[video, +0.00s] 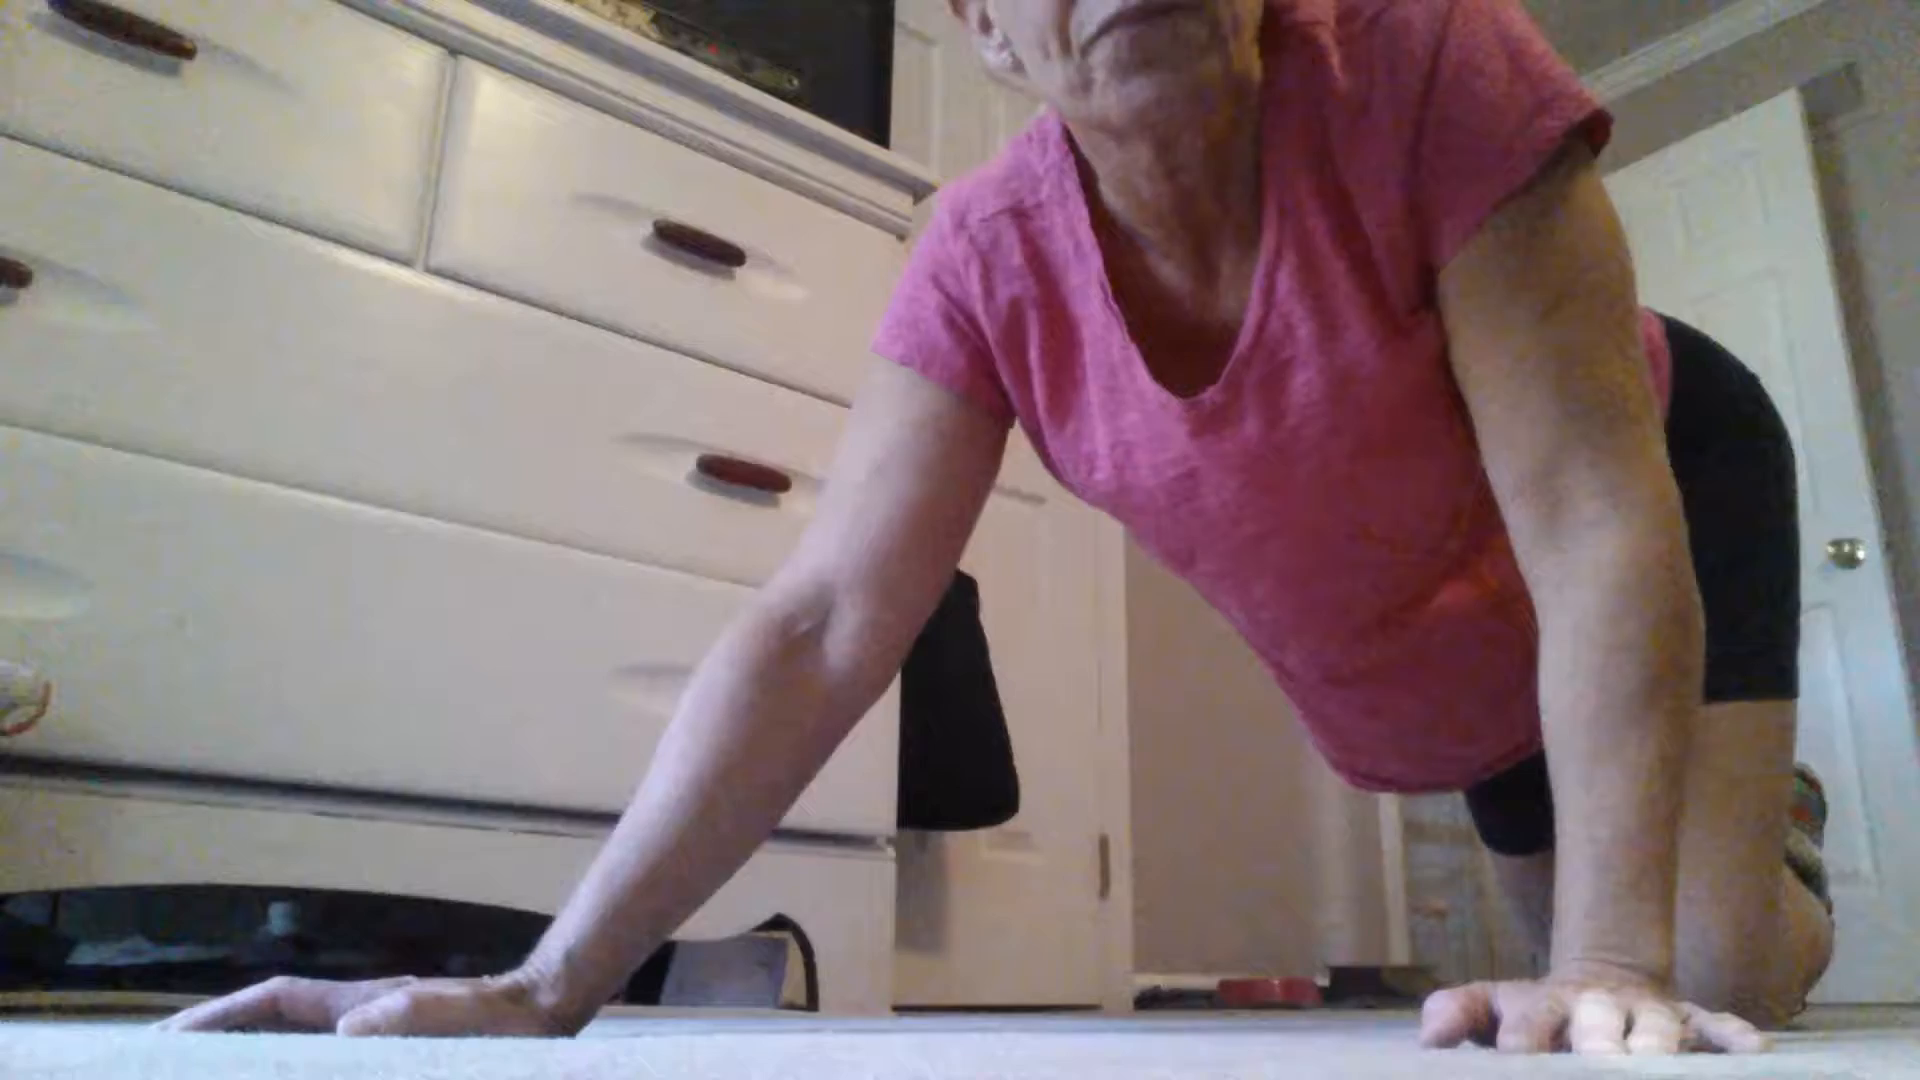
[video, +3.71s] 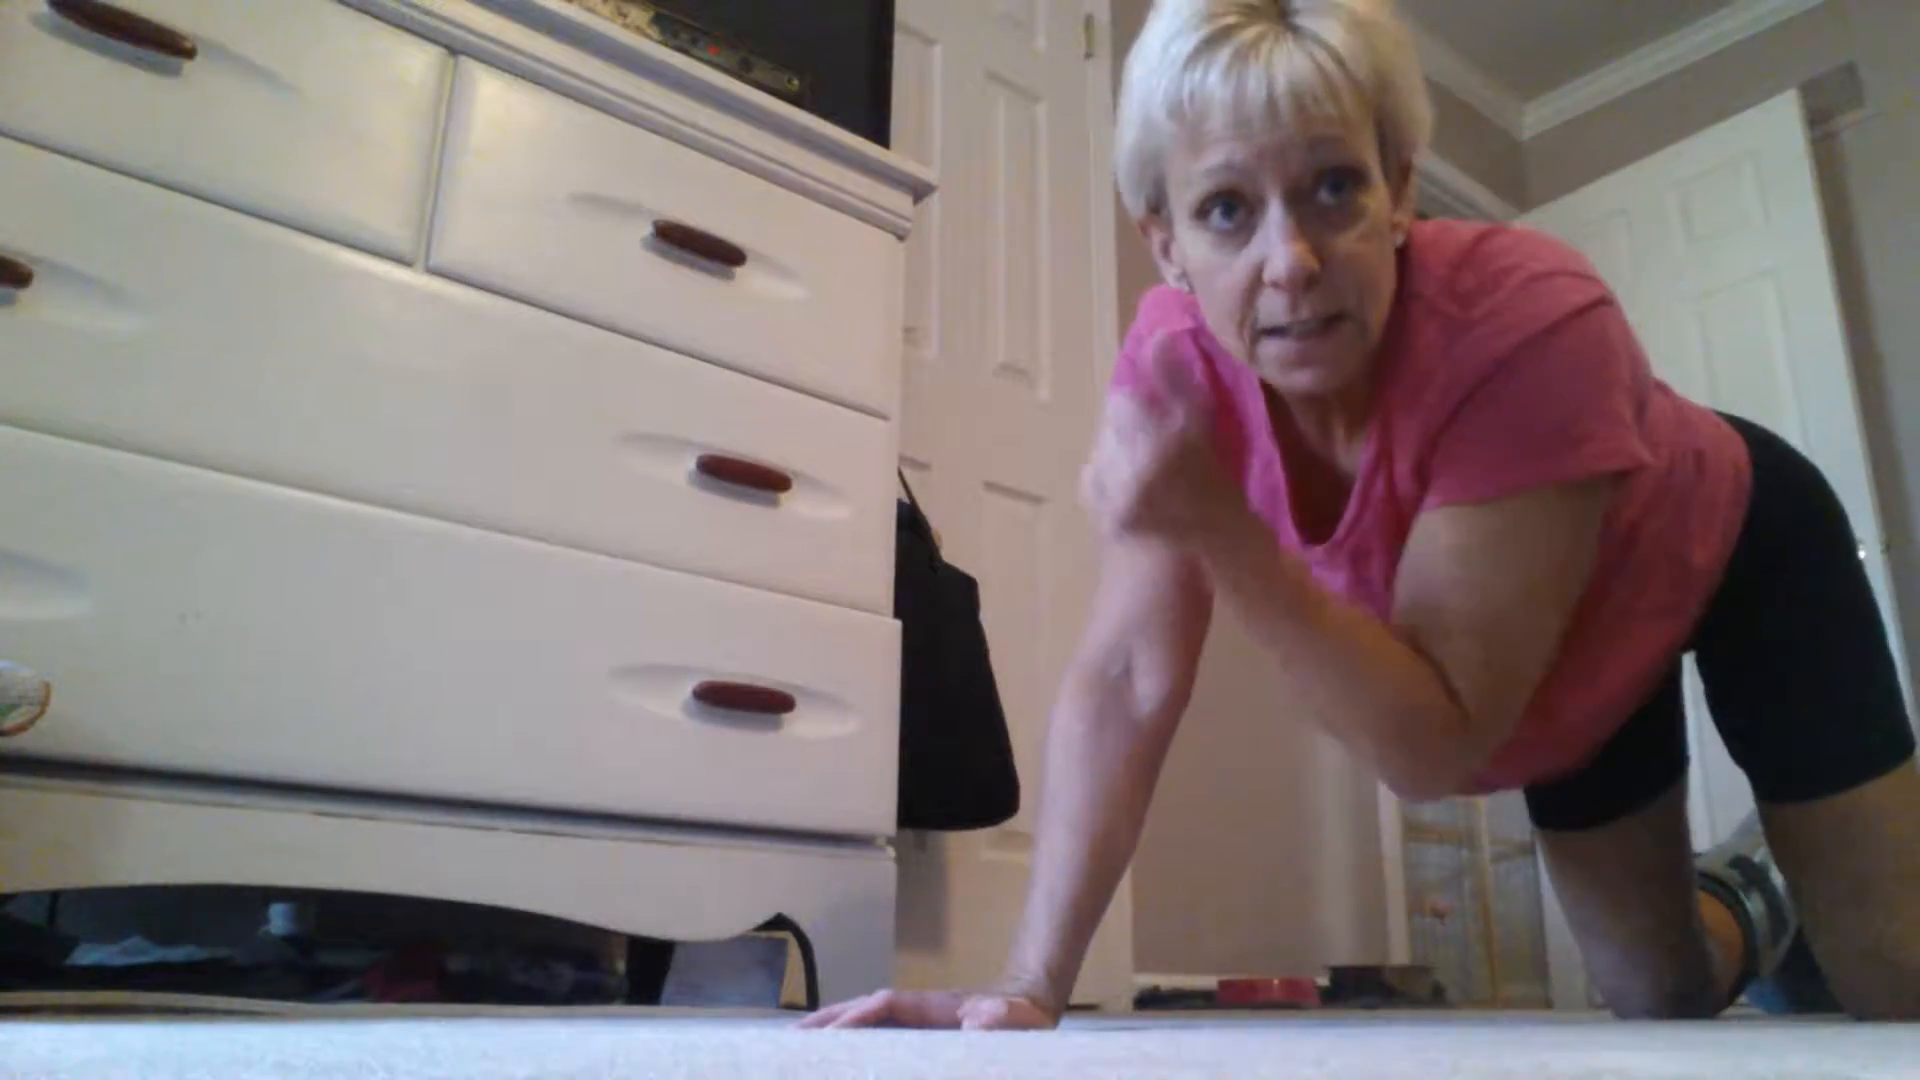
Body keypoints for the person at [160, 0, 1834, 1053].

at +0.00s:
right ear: (994, 37)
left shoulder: (1435, 69)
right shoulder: (989, 255)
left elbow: (1592, 512)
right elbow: (819, 629)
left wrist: (1605, 967)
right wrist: (553, 982)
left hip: (1648, 487)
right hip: (1452, 687)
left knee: (1701, 976)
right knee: (1618, 960)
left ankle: (1758, 886)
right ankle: (1743, 867)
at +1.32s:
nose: (1313, 54)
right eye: (1255, 7)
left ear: (1435, 6)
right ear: (1181, 38)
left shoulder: (1552, 95)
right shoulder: (1140, 257)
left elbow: (1611, 510)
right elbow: (901, 602)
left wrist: (1614, 972)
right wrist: (567, 903)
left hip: (1740, 577)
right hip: (1517, 701)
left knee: (1888, 966)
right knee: (1623, 1001)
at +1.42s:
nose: (1305, 45)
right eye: (1250, 5)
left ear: (1433, 13)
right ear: (1181, 36)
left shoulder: (1553, 96)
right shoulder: (1136, 248)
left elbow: (1615, 517)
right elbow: (989, 598)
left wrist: (1606, 971)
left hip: (1744, 559)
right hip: (1511, 688)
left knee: (1898, 965)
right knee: (1624, 1022)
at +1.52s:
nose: (1254, 40)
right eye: (1194, 1)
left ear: (1408, 7)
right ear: (1138, 42)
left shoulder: (1532, 93)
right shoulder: (1136, 254)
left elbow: (1609, 506)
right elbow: (1083, 619)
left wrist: (1610, 971)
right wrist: (965, 917)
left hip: (1738, 548)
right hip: (1501, 669)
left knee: (1884, 955)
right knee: (1610, 999)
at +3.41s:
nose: (1277, 187)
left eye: (1314, 127)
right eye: (1214, 147)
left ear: (1383, 146)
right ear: (1156, 203)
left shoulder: (1516, 261)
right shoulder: (1168, 348)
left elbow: (1675, 637)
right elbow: (1121, 673)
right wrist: (1037, 981)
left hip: (1737, 564)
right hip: (1514, 679)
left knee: (1891, 989)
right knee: (1653, 1004)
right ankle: (1782, 898)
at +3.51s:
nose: (1289, 210)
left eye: (1328, 147)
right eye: (1227, 171)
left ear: (1394, 167)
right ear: (1167, 219)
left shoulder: (1531, 287)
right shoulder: (1171, 348)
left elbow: (1600, 697)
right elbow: (1117, 669)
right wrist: (1037, 982)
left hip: (1732, 557)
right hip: (1509, 655)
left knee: (1889, 981)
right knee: (1652, 1002)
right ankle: (1769, 899)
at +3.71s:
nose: (1289, 260)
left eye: (1331, 193)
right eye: (1229, 211)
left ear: (1399, 198)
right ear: (1170, 239)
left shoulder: (1533, 322)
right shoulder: (1176, 360)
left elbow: (1443, 748)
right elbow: (1124, 681)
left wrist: (1219, 527)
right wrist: (1034, 987)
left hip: (1733, 545)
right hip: (1523, 642)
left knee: (1882, 976)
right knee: (1654, 997)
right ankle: (1768, 899)